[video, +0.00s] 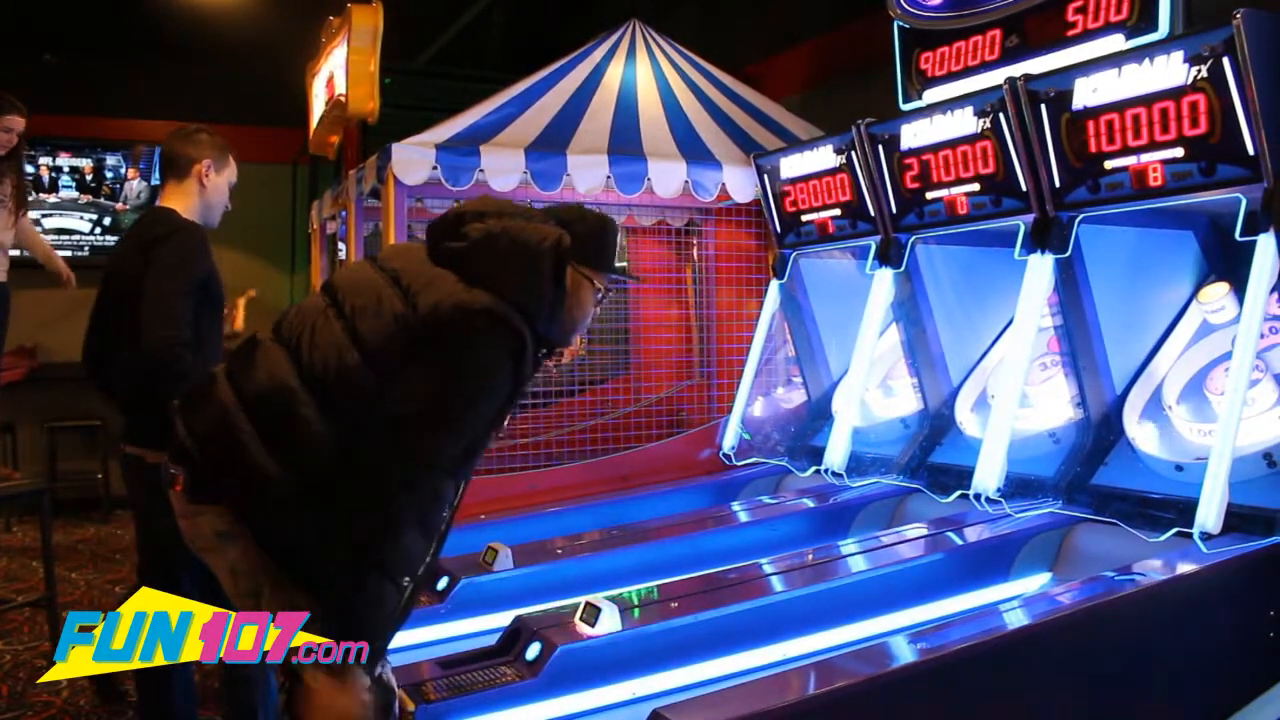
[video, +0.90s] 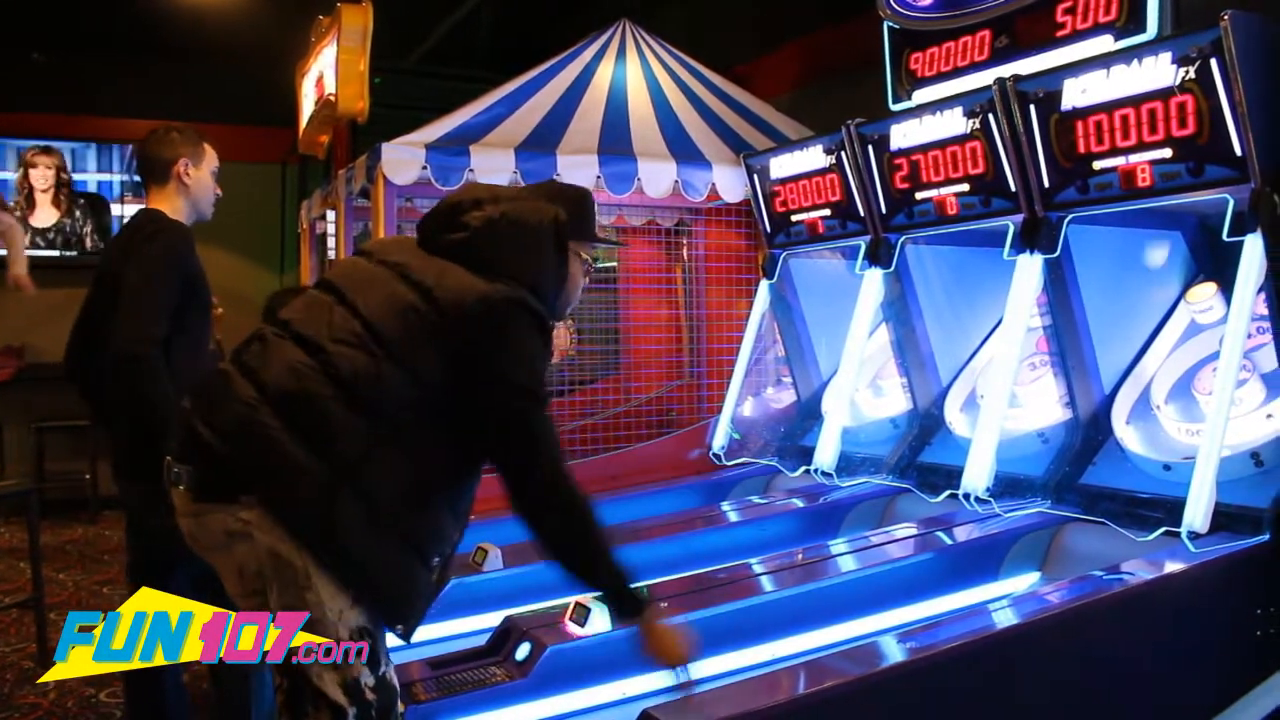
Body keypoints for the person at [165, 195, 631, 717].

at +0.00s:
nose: (596, 311)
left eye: (602, 294)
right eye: (596, 290)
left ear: (551, 264)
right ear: (561, 272)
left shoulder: (424, 265)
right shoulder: (489, 329)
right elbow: (415, 484)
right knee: (340, 686)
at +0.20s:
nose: (595, 324)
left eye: (603, 308)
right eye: (597, 304)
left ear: (537, 264)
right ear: (568, 287)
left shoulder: (418, 268)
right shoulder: (498, 337)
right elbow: (411, 487)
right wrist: (358, 645)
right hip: (259, 510)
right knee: (337, 683)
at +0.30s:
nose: (594, 316)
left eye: (600, 299)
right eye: (596, 294)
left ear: (517, 256)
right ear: (563, 277)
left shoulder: (411, 265)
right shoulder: (506, 342)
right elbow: (456, 482)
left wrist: (468, 538)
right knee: (342, 687)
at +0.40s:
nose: (592, 312)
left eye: (598, 293)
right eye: (593, 290)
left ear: (511, 257)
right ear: (556, 276)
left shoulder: (403, 263)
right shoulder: (509, 348)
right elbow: (546, 490)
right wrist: (612, 558)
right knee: (350, 691)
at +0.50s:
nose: (588, 303)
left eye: (592, 286)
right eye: (586, 284)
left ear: (493, 247)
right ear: (554, 277)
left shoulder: (396, 265)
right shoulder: (519, 342)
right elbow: (615, 460)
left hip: (209, 484)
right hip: (286, 530)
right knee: (364, 700)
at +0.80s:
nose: (586, 281)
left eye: (589, 265)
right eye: (582, 262)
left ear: (485, 235)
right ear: (541, 253)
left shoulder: (393, 263)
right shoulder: (505, 319)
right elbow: (582, 467)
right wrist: (705, 539)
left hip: (220, 485)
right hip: (290, 519)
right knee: (354, 698)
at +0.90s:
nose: (586, 279)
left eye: (588, 263)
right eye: (580, 261)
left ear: (504, 242)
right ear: (537, 254)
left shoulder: (392, 263)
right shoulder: (497, 320)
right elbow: (544, 486)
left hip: (215, 487)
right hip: (280, 517)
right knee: (359, 697)